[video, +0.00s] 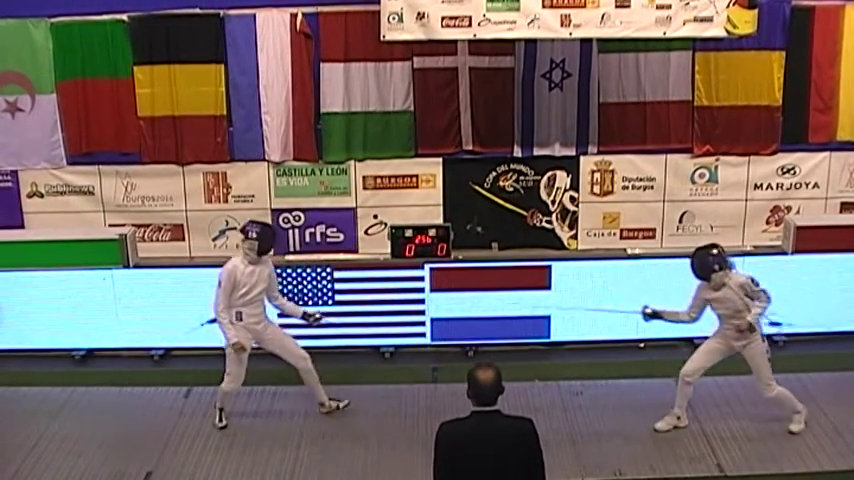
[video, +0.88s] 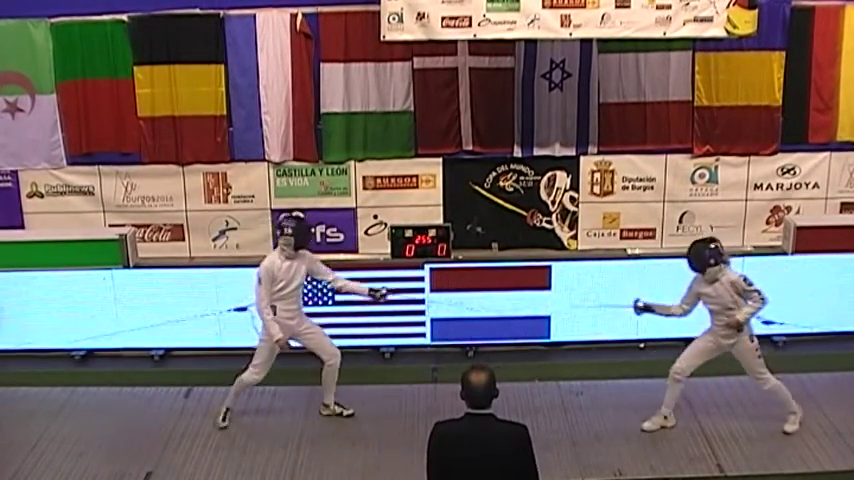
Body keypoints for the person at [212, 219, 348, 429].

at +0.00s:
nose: (249, 250)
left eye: (254, 248)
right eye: (246, 246)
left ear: (263, 250)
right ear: (241, 245)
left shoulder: (266, 266)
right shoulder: (231, 269)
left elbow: (276, 298)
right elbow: (220, 309)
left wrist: (303, 314)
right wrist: (231, 337)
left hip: (263, 326)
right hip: (239, 330)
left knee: (303, 360)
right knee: (232, 382)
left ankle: (325, 403)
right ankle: (220, 408)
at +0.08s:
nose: (242, 241)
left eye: (248, 238)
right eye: (240, 236)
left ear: (257, 242)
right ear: (236, 238)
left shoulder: (260, 263)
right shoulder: (225, 266)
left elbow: (265, 295)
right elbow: (213, 305)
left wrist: (292, 313)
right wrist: (224, 334)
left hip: (255, 320)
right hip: (231, 324)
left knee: (292, 358)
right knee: (229, 380)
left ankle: (312, 403)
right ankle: (219, 409)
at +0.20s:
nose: (237, 245)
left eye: (241, 242)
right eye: (234, 240)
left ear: (251, 245)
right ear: (230, 239)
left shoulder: (254, 262)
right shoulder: (220, 265)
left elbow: (258, 295)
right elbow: (206, 304)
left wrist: (284, 315)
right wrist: (216, 334)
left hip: (249, 319)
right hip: (226, 322)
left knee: (284, 359)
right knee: (229, 376)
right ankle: (220, 409)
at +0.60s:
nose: (248, 242)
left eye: (254, 238)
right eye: (246, 236)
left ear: (263, 242)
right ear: (242, 237)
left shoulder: (267, 261)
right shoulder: (231, 265)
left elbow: (280, 292)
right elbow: (223, 304)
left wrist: (311, 306)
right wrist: (239, 330)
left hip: (261, 321)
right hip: (236, 324)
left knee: (297, 358)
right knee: (231, 378)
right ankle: (219, 409)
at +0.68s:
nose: (258, 240)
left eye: (263, 236)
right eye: (255, 235)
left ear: (271, 240)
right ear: (251, 236)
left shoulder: (276, 261)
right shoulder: (240, 264)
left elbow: (295, 289)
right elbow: (234, 303)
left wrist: (326, 301)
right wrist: (252, 331)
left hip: (270, 322)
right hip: (245, 324)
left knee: (305, 358)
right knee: (234, 376)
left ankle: (323, 404)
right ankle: (219, 408)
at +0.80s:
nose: (273, 242)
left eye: (279, 238)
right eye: (271, 237)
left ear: (289, 242)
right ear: (267, 238)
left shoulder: (295, 263)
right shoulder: (258, 266)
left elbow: (322, 287)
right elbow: (252, 307)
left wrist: (354, 295)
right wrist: (270, 335)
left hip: (288, 324)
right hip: (263, 326)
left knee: (324, 357)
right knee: (242, 375)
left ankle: (328, 405)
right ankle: (220, 405)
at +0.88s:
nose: (287, 245)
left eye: (292, 240)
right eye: (284, 240)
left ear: (301, 241)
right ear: (278, 239)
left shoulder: (306, 259)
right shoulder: (268, 266)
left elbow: (335, 281)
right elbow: (263, 306)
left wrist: (368, 292)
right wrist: (277, 334)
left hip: (300, 322)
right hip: (275, 324)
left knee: (332, 357)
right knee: (254, 375)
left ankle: (328, 405)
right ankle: (227, 406)